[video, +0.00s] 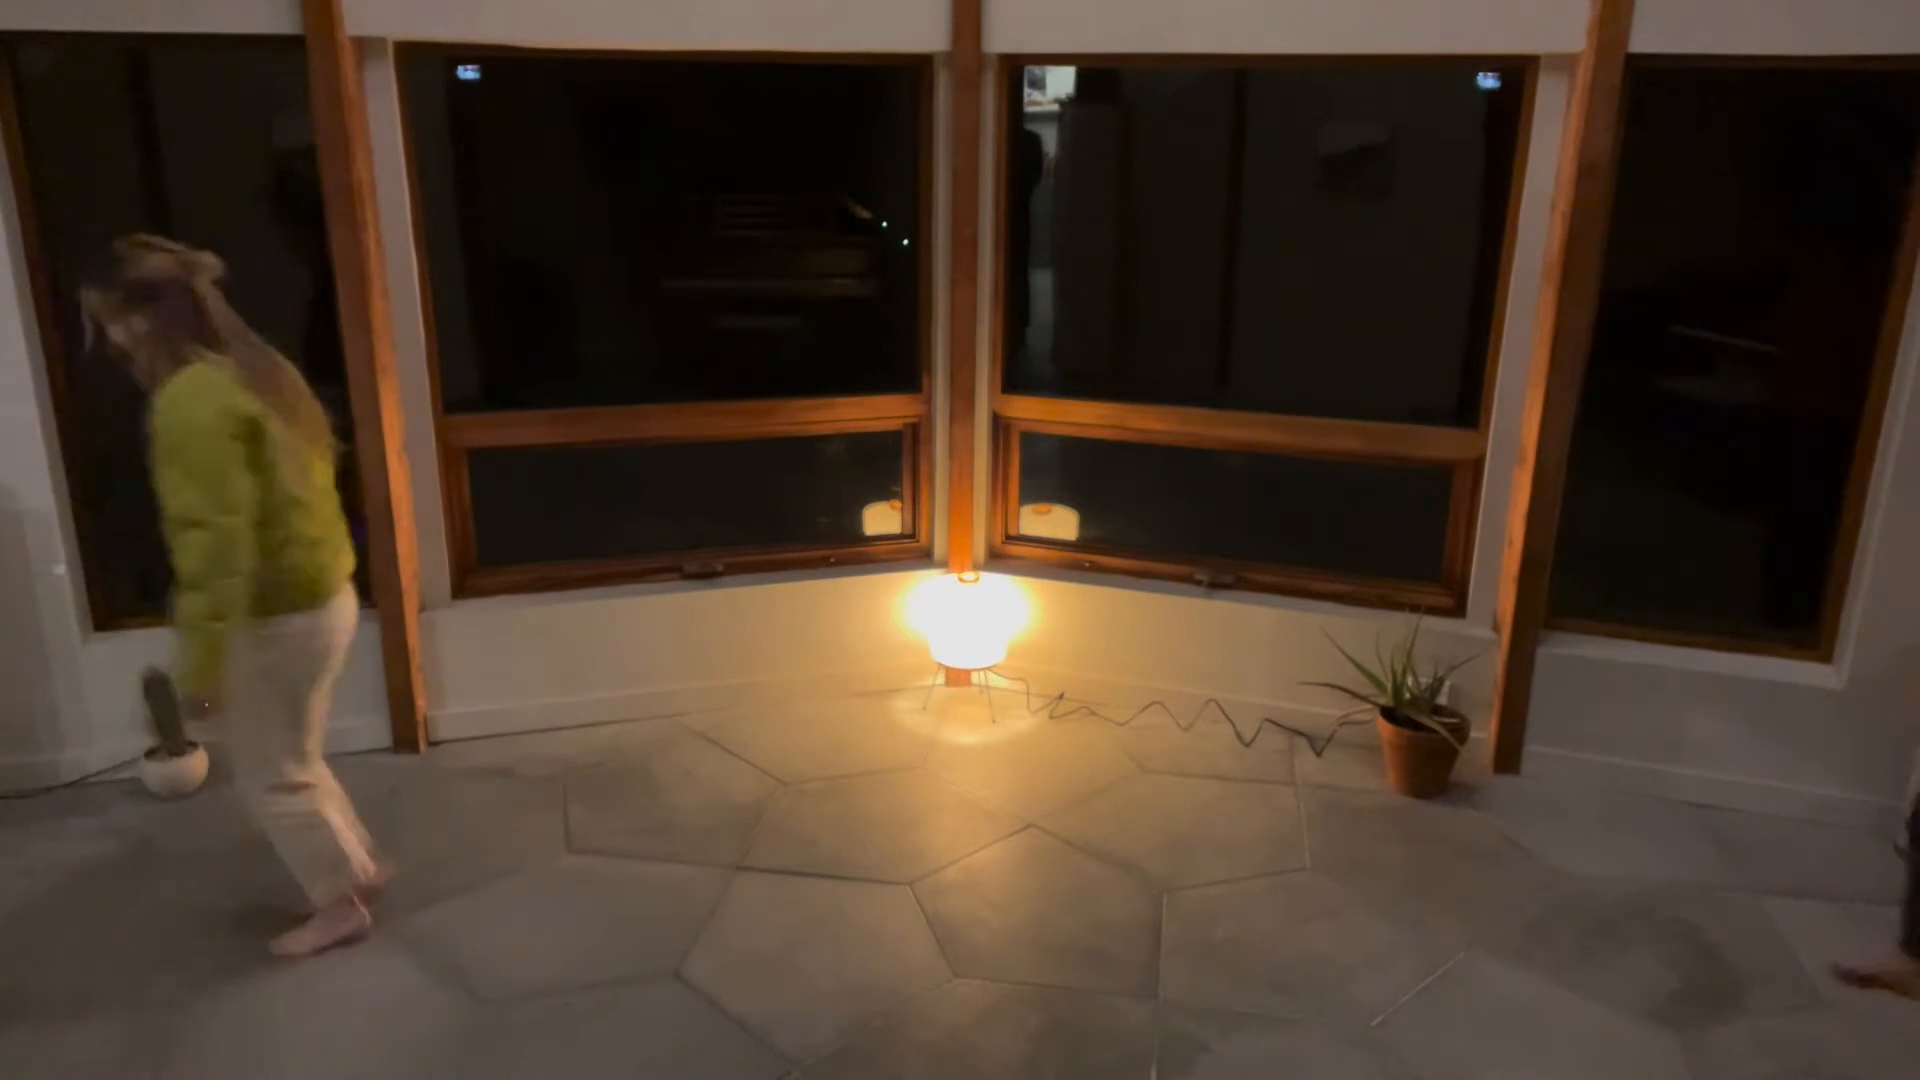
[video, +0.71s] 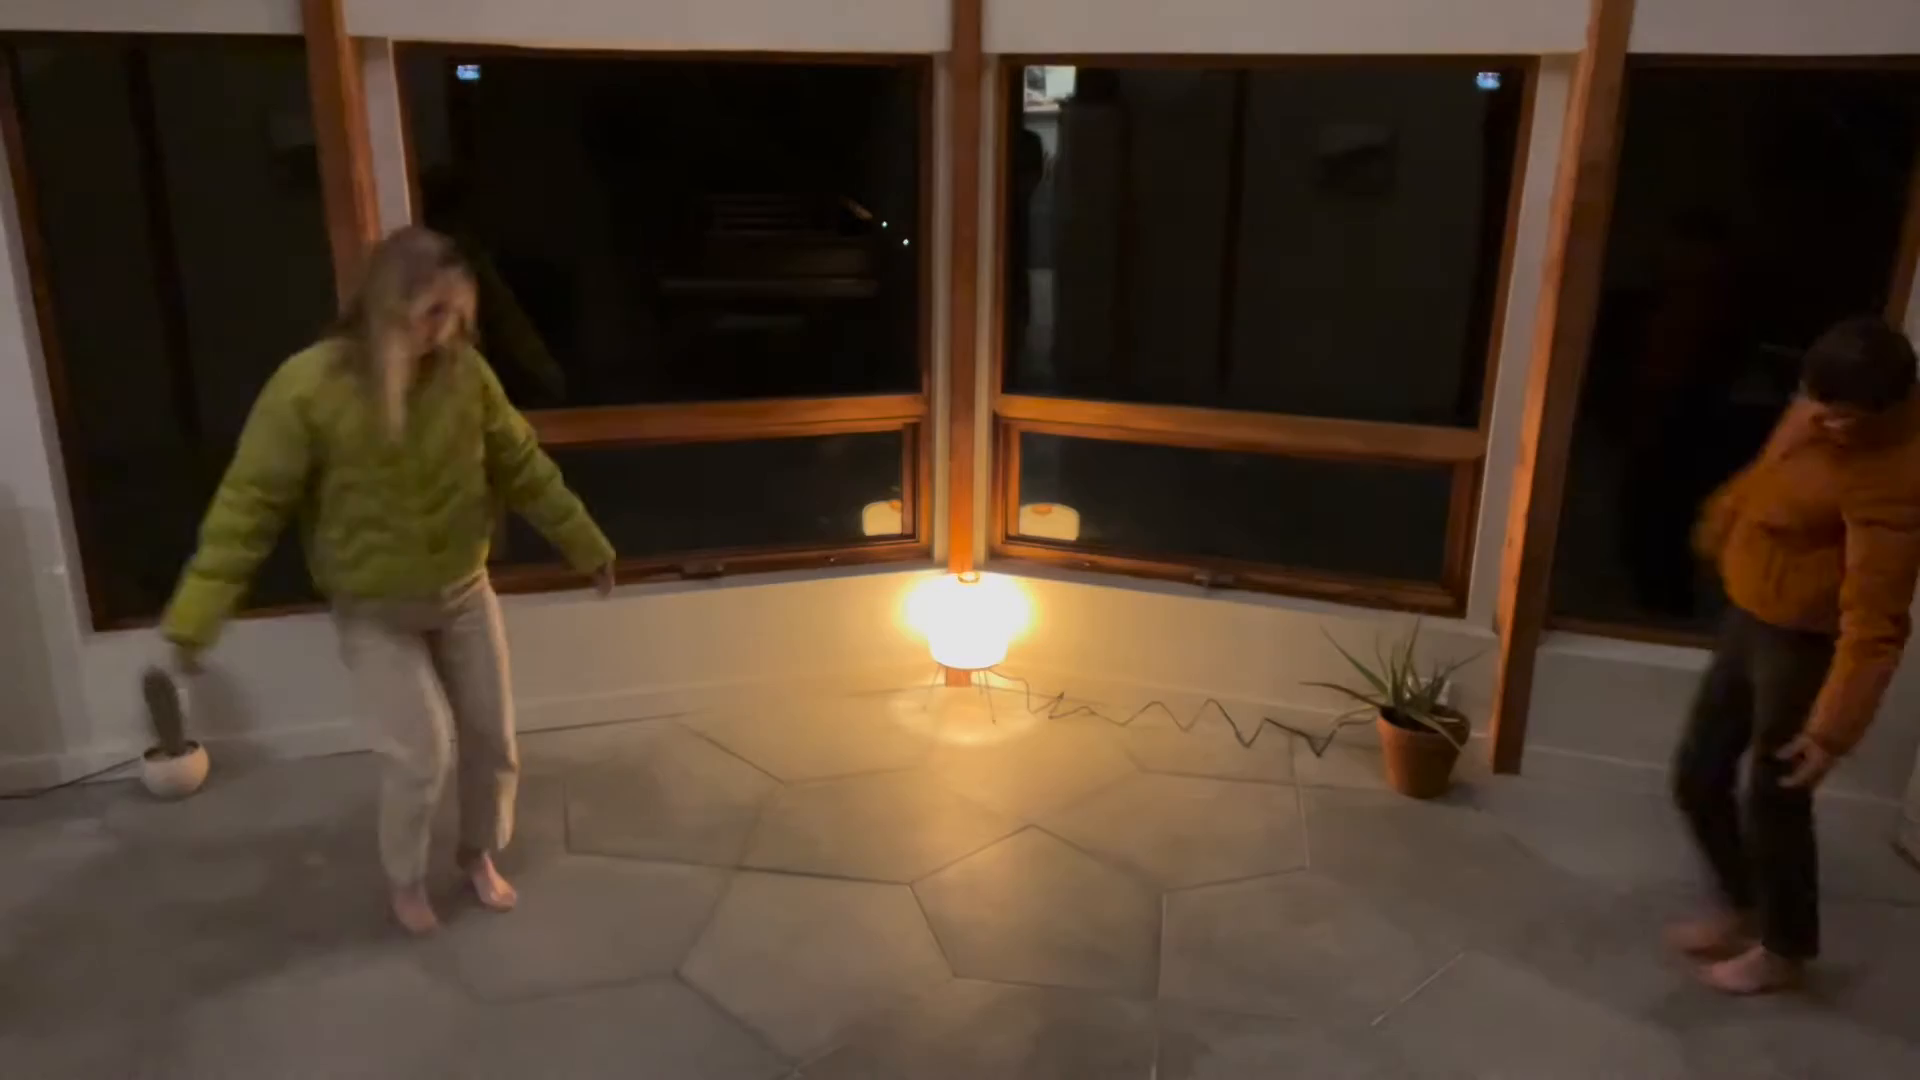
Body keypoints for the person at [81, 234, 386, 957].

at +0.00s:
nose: (111, 343)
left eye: (112, 326)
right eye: (105, 329)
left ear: (146, 318)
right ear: (181, 307)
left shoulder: (190, 400)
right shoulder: (256, 369)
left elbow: (213, 548)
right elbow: (308, 496)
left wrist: (201, 672)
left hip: (278, 616)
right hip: (324, 601)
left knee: (268, 772)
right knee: (298, 758)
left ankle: (337, 904)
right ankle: (357, 865)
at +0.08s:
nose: (143, 355)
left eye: (146, 338)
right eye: (136, 341)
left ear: (181, 323)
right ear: (204, 314)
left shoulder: (229, 392)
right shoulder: (257, 376)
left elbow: (255, 536)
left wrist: (242, 667)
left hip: (313, 611)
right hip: (338, 599)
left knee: (292, 758)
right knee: (313, 746)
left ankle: (340, 906)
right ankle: (378, 852)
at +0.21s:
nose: (193, 353)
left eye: (198, 335)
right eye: (186, 339)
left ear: (235, 327)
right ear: (206, 336)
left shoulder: (306, 389)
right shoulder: (234, 403)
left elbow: (349, 521)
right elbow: (257, 510)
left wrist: (332, 644)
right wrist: (270, 588)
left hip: (372, 598)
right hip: (308, 601)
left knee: (358, 748)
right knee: (307, 754)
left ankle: (435, 856)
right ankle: (372, 862)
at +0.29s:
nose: (247, 339)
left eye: (263, 324)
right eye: (236, 324)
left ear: (307, 320)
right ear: (221, 327)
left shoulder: (353, 390)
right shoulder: (242, 407)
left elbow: (403, 512)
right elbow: (235, 497)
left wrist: (409, 635)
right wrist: (202, 553)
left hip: (395, 600)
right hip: (315, 606)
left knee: (416, 748)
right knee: (312, 754)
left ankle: (457, 859)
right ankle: (376, 847)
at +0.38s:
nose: (284, 339)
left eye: (301, 323)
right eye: (269, 324)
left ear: (339, 319)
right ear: (248, 326)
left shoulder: (379, 389)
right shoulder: (252, 403)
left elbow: (436, 501)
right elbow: (227, 495)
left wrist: (452, 614)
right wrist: (184, 556)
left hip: (409, 600)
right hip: (326, 609)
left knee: (422, 741)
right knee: (333, 762)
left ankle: (452, 861)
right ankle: (400, 848)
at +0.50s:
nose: (353, 333)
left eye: (369, 317)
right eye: (337, 315)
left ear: (391, 317)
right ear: (308, 314)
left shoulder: (426, 387)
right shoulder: (263, 390)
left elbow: (489, 484)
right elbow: (215, 493)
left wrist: (534, 584)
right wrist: (162, 579)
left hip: (439, 597)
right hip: (342, 609)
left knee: (469, 743)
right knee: (371, 756)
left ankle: (476, 855)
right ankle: (417, 841)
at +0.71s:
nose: (447, 329)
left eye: (456, 314)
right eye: (434, 312)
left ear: (463, 312)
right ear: (389, 303)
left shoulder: (464, 373)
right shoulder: (311, 386)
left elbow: (523, 465)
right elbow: (249, 504)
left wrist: (585, 543)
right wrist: (193, 619)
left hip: (464, 594)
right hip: (373, 610)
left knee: (494, 742)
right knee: (423, 748)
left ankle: (483, 856)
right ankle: (407, 880)